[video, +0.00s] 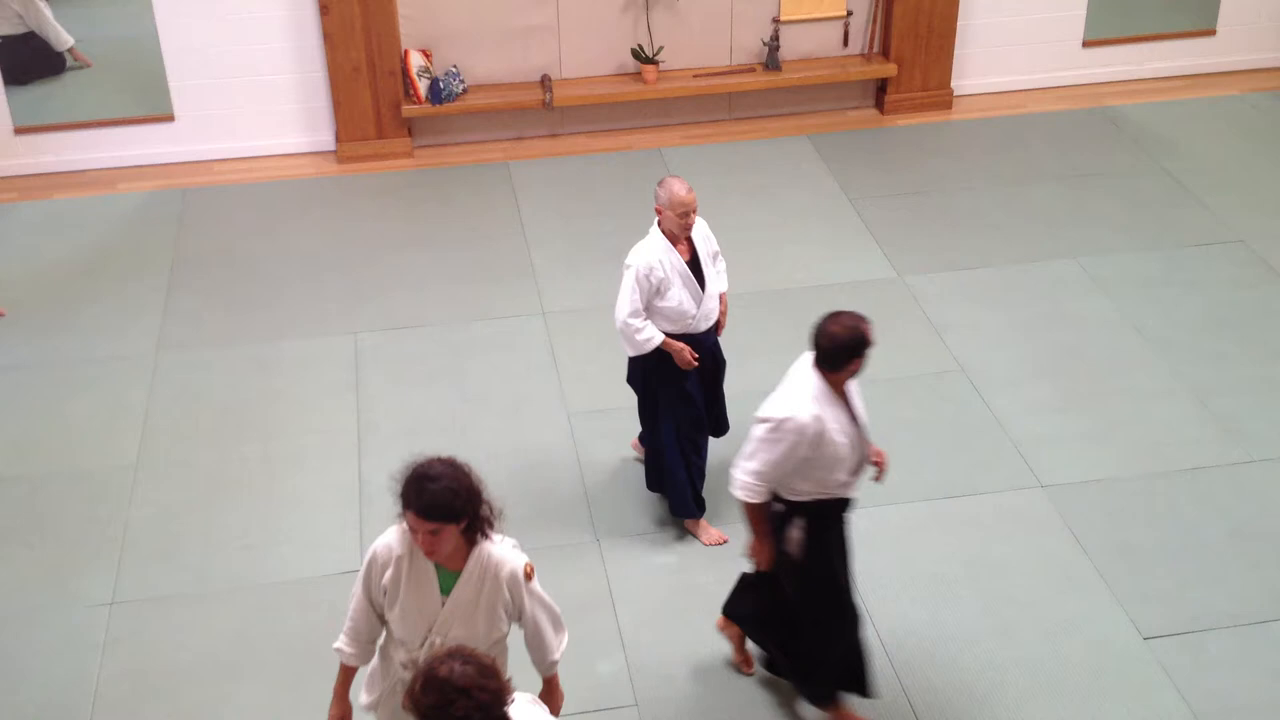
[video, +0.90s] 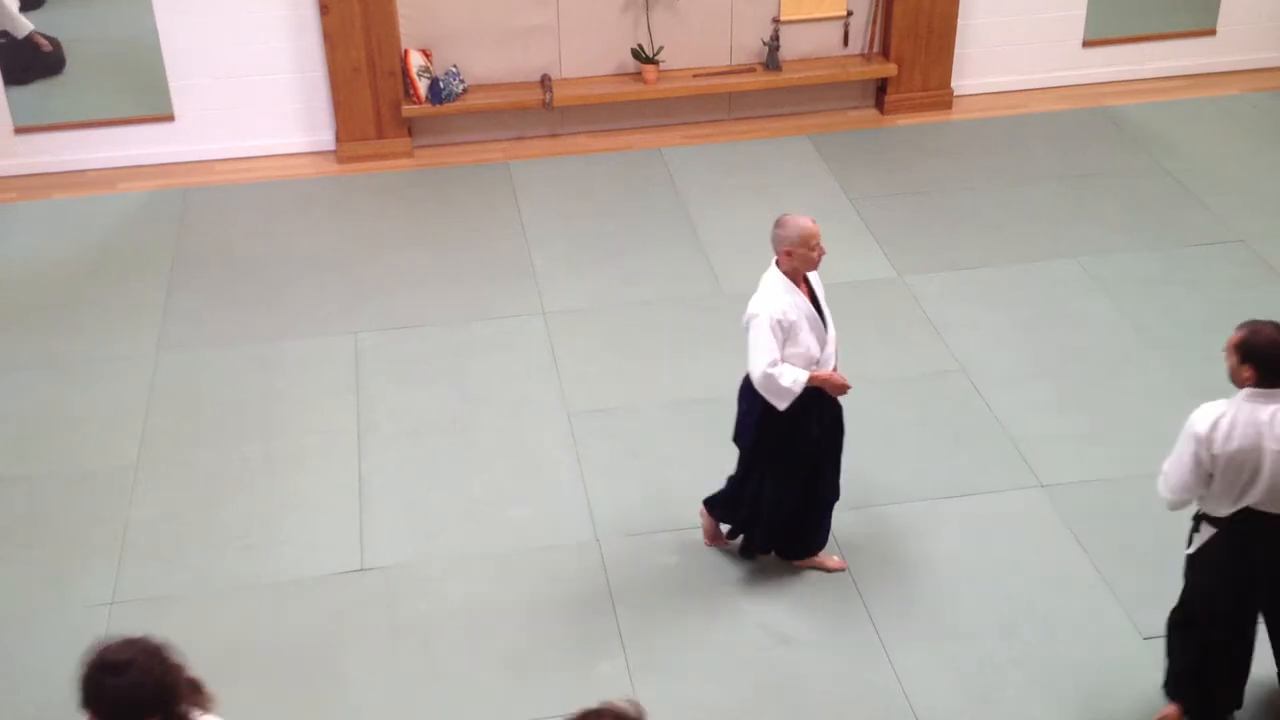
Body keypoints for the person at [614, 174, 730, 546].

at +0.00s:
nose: (691, 221)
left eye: (694, 212)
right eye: (683, 215)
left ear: (696, 207)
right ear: (660, 212)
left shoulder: (699, 229)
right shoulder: (643, 259)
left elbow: (717, 265)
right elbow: (628, 320)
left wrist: (721, 303)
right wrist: (670, 347)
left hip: (704, 344)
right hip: (666, 356)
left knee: (698, 413)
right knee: (681, 434)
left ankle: (651, 441)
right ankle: (692, 515)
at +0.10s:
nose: (697, 223)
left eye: (700, 215)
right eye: (689, 218)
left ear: (703, 210)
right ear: (666, 216)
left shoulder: (707, 233)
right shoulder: (650, 263)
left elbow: (724, 269)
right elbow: (635, 324)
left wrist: (728, 308)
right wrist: (678, 351)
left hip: (711, 348)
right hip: (672, 360)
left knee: (709, 425)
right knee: (683, 438)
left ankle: (659, 441)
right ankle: (692, 518)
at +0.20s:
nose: (707, 230)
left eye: (710, 221)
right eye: (698, 224)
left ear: (714, 215)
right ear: (676, 221)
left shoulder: (717, 239)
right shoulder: (661, 271)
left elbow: (735, 274)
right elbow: (645, 333)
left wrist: (739, 311)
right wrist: (689, 359)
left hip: (722, 356)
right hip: (680, 368)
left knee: (726, 436)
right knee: (690, 443)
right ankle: (695, 523)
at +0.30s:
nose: (718, 235)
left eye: (721, 226)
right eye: (710, 229)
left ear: (724, 221)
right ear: (687, 227)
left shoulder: (726, 245)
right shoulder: (671, 276)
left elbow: (743, 279)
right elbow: (656, 340)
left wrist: (748, 316)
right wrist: (700, 366)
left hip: (732, 361)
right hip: (689, 372)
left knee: (738, 437)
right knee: (696, 449)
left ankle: (722, 498)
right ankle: (697, 523)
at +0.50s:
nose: (744, 245)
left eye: (747, 237)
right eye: (736, 238)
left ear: (750, 232)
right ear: (712, 236)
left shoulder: (749, 255)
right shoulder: (695, 287)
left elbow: (762, 294)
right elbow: (681, 352)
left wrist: (768, 330)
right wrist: (728, 377)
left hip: (753, 371)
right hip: (709, 385)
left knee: (773, 449)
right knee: (709, 458)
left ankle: (779, 529)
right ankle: (705, 530)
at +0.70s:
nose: (781, 251)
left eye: (782, 243)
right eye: (772, 246)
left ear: (783, 240)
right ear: (746, 249)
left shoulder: (779, 273)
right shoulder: (727, 299)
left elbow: (790, 310)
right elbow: (719, 363)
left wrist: (796, 340)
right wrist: (770, 380)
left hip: (781, 393)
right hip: (738, 399)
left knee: (795, 467)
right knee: (730, 466)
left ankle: (800, 545)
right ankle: (706, 519)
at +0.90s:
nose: (822, 250)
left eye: (820, 243)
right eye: (814, 246)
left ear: (790, 255)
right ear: (786, 256)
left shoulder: (808, 276)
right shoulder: (767, 306)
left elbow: (809, 337)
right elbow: (764, 372)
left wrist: (824, 375)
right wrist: (817, 379)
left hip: (814, 396)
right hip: (779, 404)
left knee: (816, 476)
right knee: (769, 473)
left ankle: (802, 548)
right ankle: (715, 511)